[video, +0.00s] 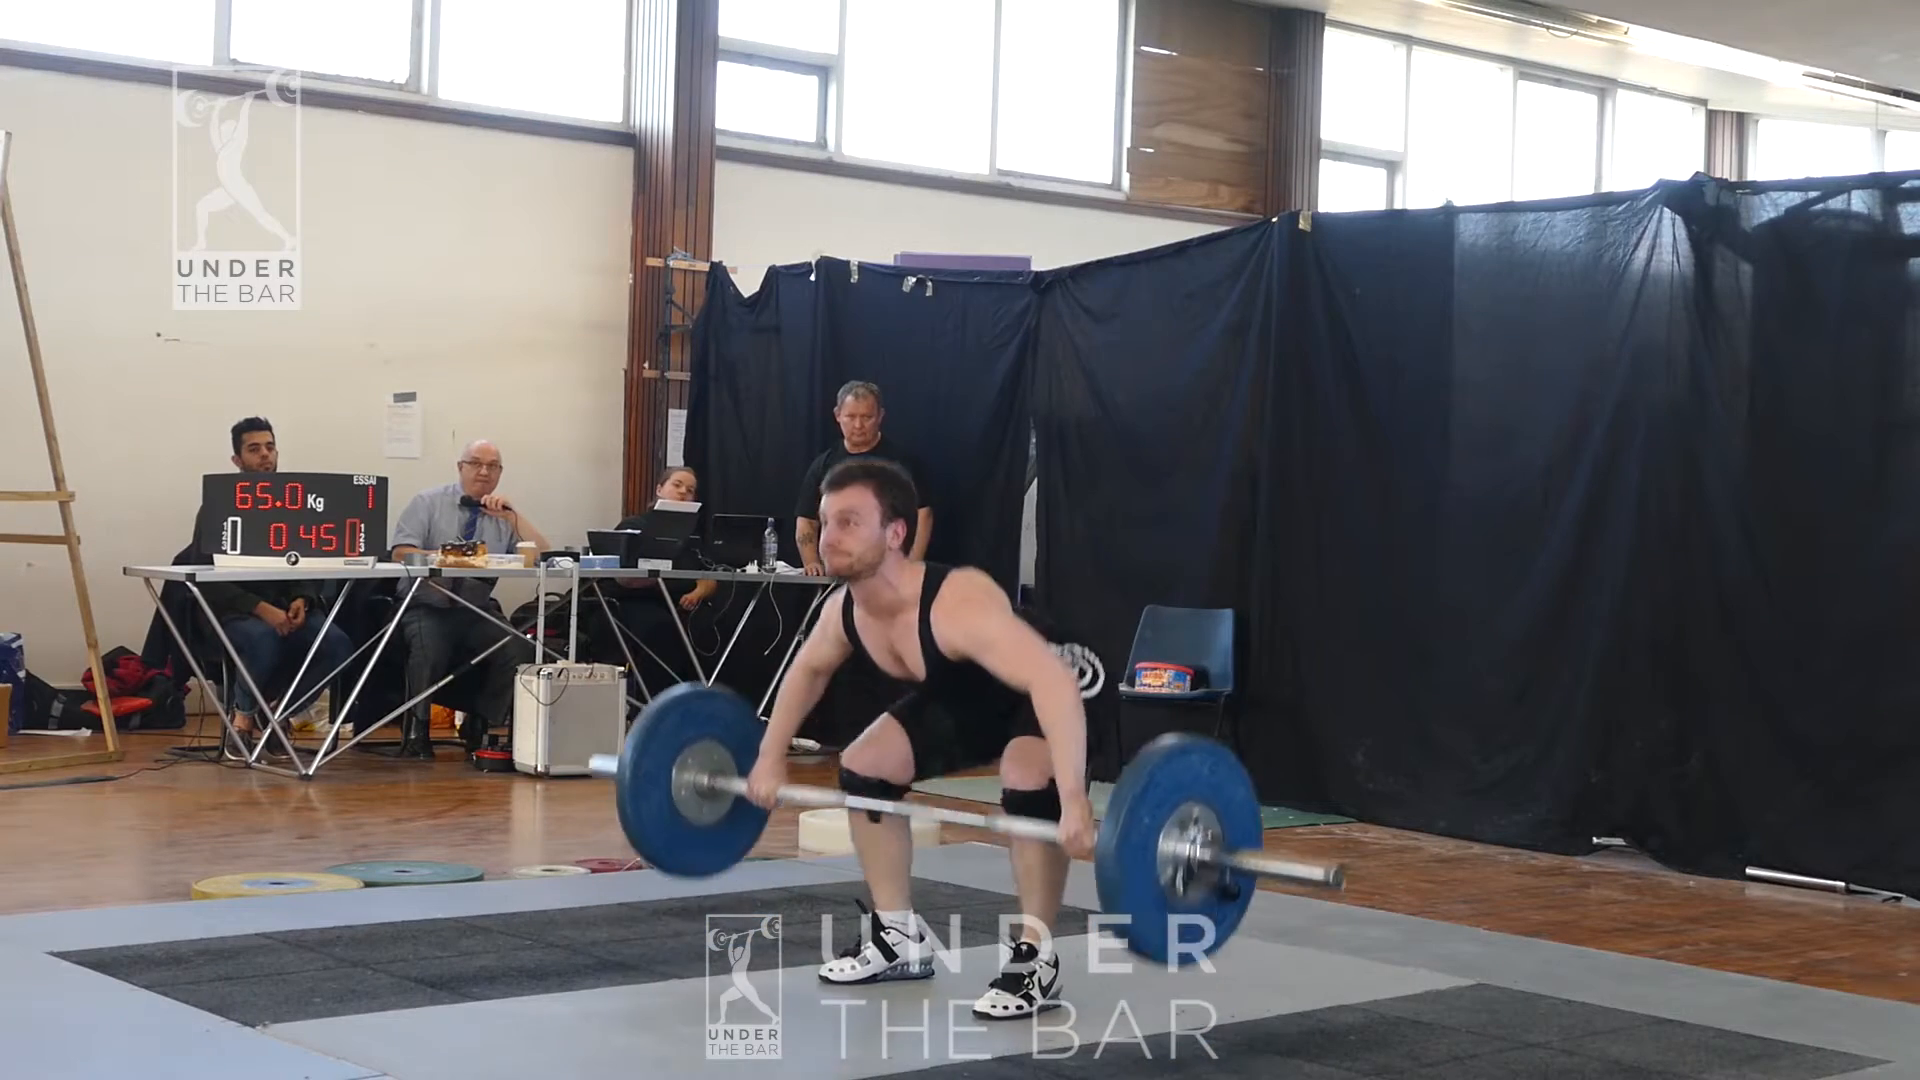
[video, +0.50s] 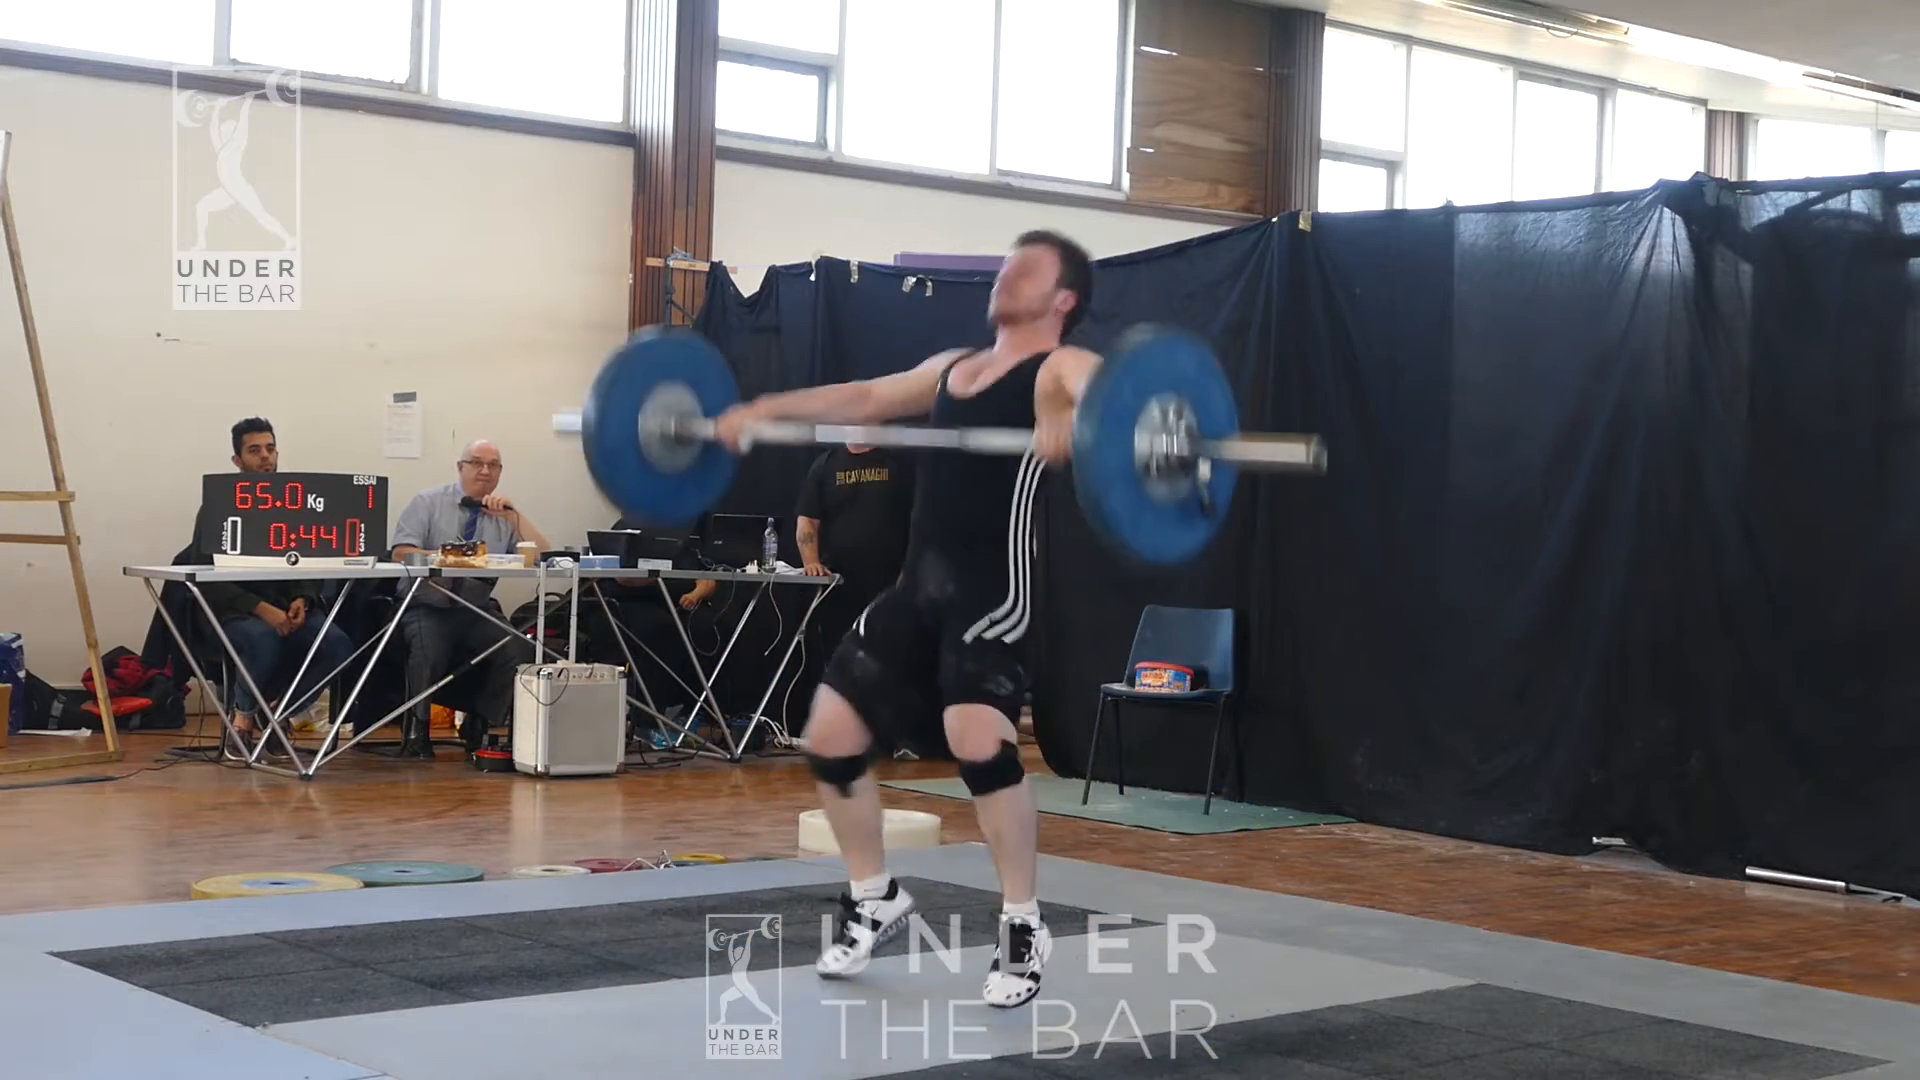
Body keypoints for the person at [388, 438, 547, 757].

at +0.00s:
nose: (484, 472)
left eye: (492, 466)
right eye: (475, 464)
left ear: (500, 473)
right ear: (460, 468)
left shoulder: (503, 516)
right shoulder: (428, 502)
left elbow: (544, 554)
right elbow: (401, 551)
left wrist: (514, 516)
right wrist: (441, 560)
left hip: (478, 609)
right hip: (428, 605)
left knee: (517, 652)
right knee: (429, 651)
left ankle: (477, 726)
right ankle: (417, 730)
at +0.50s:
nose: (484, 471)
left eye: (493, 466)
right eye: (476, 464)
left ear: (500, 473)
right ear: (460, 468)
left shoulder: (503, 516)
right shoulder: (428, 502)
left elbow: (544, 553)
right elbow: (401, 550)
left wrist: (515, 515)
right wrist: (442, 561)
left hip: (478, 609)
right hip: (429, 605)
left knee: (518, 652)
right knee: (429, 651)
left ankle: (477, 726)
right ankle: (417, 730)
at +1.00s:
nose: (485, 471)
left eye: (493, 465)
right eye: (476, 464)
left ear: (500, 473)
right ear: (460, 468)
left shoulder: (504, 516)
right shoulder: (428, 502)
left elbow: (545, 555)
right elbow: (401, 551)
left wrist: (516, 515)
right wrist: (443, 562)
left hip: (478, 609)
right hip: (429, 606)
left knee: (518, 652)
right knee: (429, 651)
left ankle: (477, 725)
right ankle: (417, 730)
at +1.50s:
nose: (481, 472)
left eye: (490, 466)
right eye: (473, 464)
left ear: (499, 473)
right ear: (459, 468)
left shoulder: (503, 516)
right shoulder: (427, 502)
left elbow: (544, 555)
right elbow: (401, 552)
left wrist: (516, 515)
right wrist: (444, 560)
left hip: (478, 609)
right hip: (428, 605)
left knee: (518, 651)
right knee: (429, 649)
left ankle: (477, 727)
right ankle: (417, 731)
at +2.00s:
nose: (455, 470)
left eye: (465, 464)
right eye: (449, 463)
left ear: (483, 470)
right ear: (442, 465)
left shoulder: (495, 516)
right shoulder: (418, 503)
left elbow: (540, 553)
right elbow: (397, 550)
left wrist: (513, 519)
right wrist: (436, 559)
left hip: (476, 607)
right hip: (426, 604)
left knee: (516, 650)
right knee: (430, 646)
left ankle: (478, 727)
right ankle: (417, 732)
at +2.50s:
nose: (423, 469)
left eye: (433, 462)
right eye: (417, 462)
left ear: (453, 466)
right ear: (411, 464)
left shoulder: (479, 507)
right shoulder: (396, 504)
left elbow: (532, 547)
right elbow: (389, 545)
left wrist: (504, 545)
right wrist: (442, 548)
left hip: (469, 607)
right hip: (416, 607)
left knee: (513, 649)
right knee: (433, 642)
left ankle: (479, 724)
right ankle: (437, 724)